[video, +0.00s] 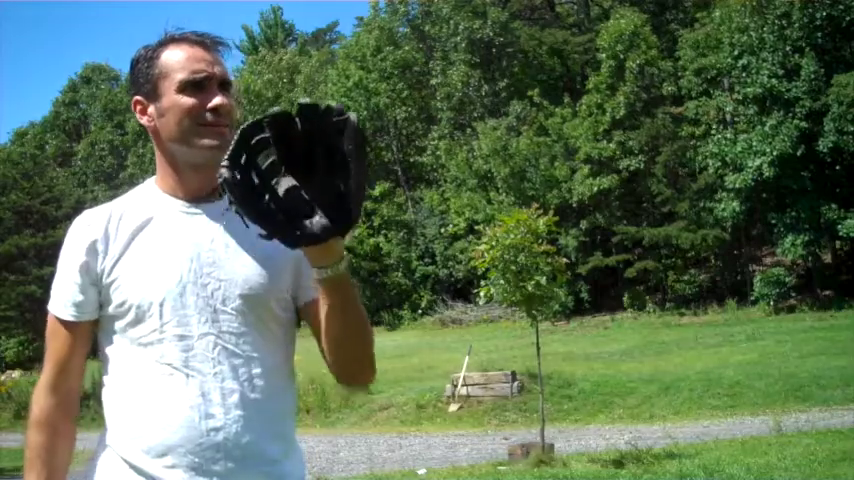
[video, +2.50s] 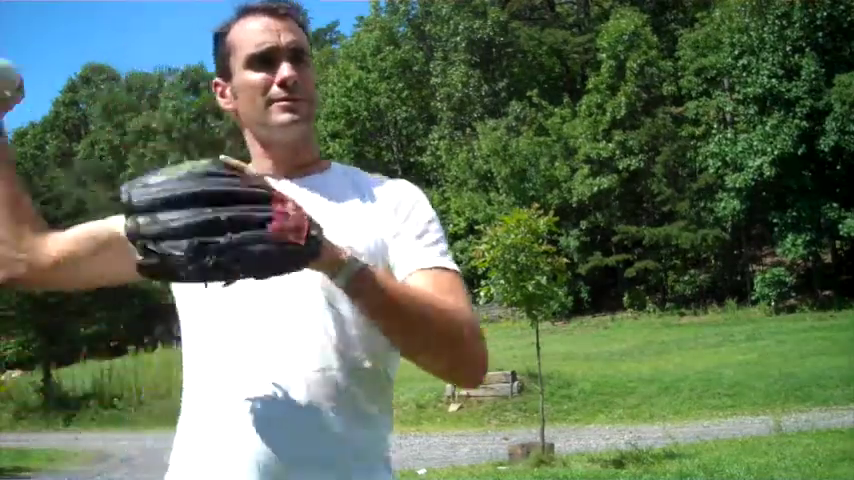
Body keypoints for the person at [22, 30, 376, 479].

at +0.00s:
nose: (220, 101)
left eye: (225, 87)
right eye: (196, 87)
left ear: (237, 101)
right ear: (146, 111)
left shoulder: (283, 223)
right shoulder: (98, 233)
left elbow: (357, 373)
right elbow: (57, 393)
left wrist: (329, 256)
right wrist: (39, 476)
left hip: (271, 469)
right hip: (141, 469)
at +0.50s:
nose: (169, 102)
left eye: (179, 88)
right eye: (147, 91)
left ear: (194, 98)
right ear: (107, 112)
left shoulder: (267, 200)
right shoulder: (87, 245)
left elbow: (354, 307)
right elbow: (77, 396)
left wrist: (273, 227)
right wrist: (48, 474)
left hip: (258, 465)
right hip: (136, 469)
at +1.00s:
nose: (120, 144)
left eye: (137, 121)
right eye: (104, 126)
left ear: (180, 116)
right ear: (92, 127)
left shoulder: (265, 217)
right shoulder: (79, 244)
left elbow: (315, 378)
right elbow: (67, 419)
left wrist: (255, 339)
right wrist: (67, 371)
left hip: (245, 468)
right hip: (123, 469)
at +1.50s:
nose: (130, 136)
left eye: (146, 115)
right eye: (113, 119)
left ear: (183, 116)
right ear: (96, 128)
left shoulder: (263, 218)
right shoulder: (79, 242)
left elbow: (318, 376)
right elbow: (57, 415)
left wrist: (268, 350)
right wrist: (50, 353)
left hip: (243, 468)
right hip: (123, 469)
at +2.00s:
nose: (152, 107)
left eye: (168, 91)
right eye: (133, 95)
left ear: (193, 111)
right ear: (106, 119)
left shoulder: (244, 203)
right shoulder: (130, 235)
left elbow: (227, 357)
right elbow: (151, 386)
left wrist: (68, 298)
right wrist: (103, 467)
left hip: (235, 469)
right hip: (134, 468)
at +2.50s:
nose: (287, 75)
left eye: (298, 59)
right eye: (264, 63)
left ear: (315, 76)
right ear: (226, 95)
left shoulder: (394, 204)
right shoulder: (195, 210)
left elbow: (467, 360)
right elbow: (27, 257)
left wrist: (336, 262)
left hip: (348, 466)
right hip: (212, 465)